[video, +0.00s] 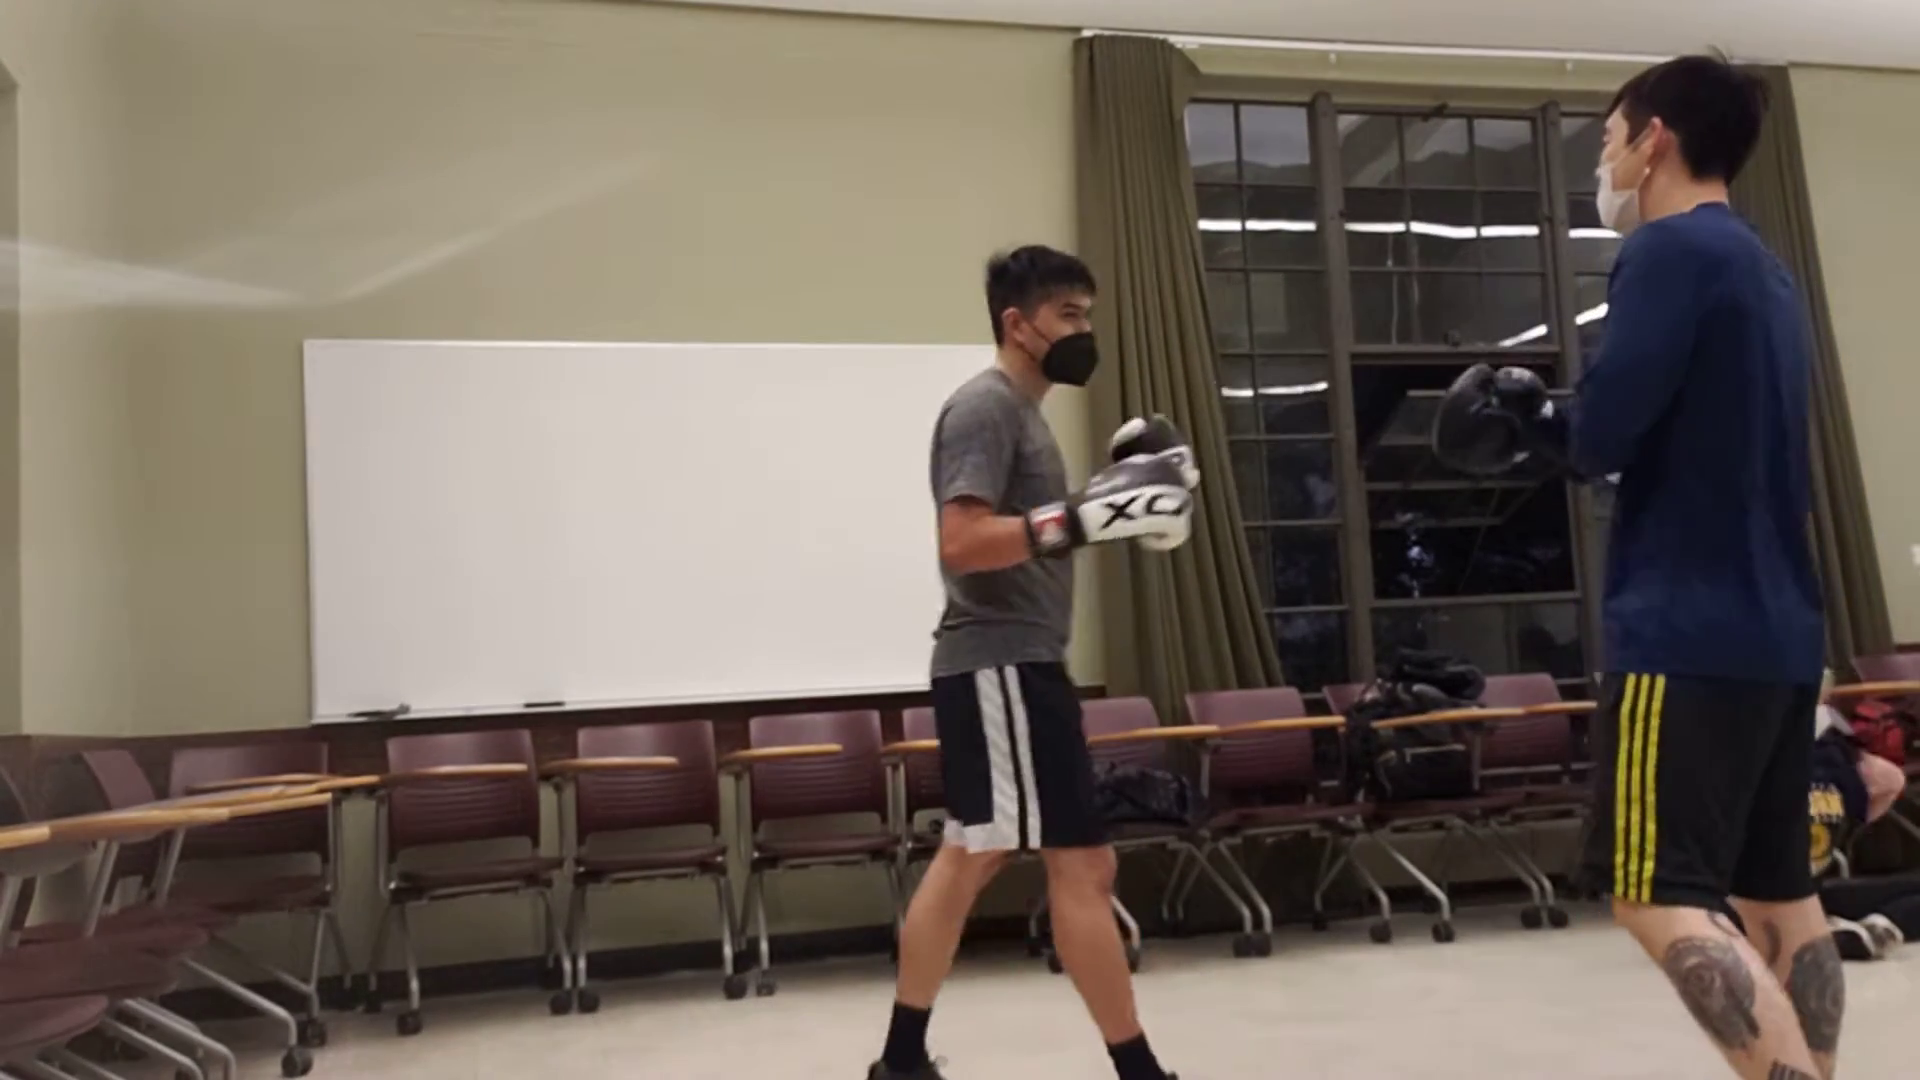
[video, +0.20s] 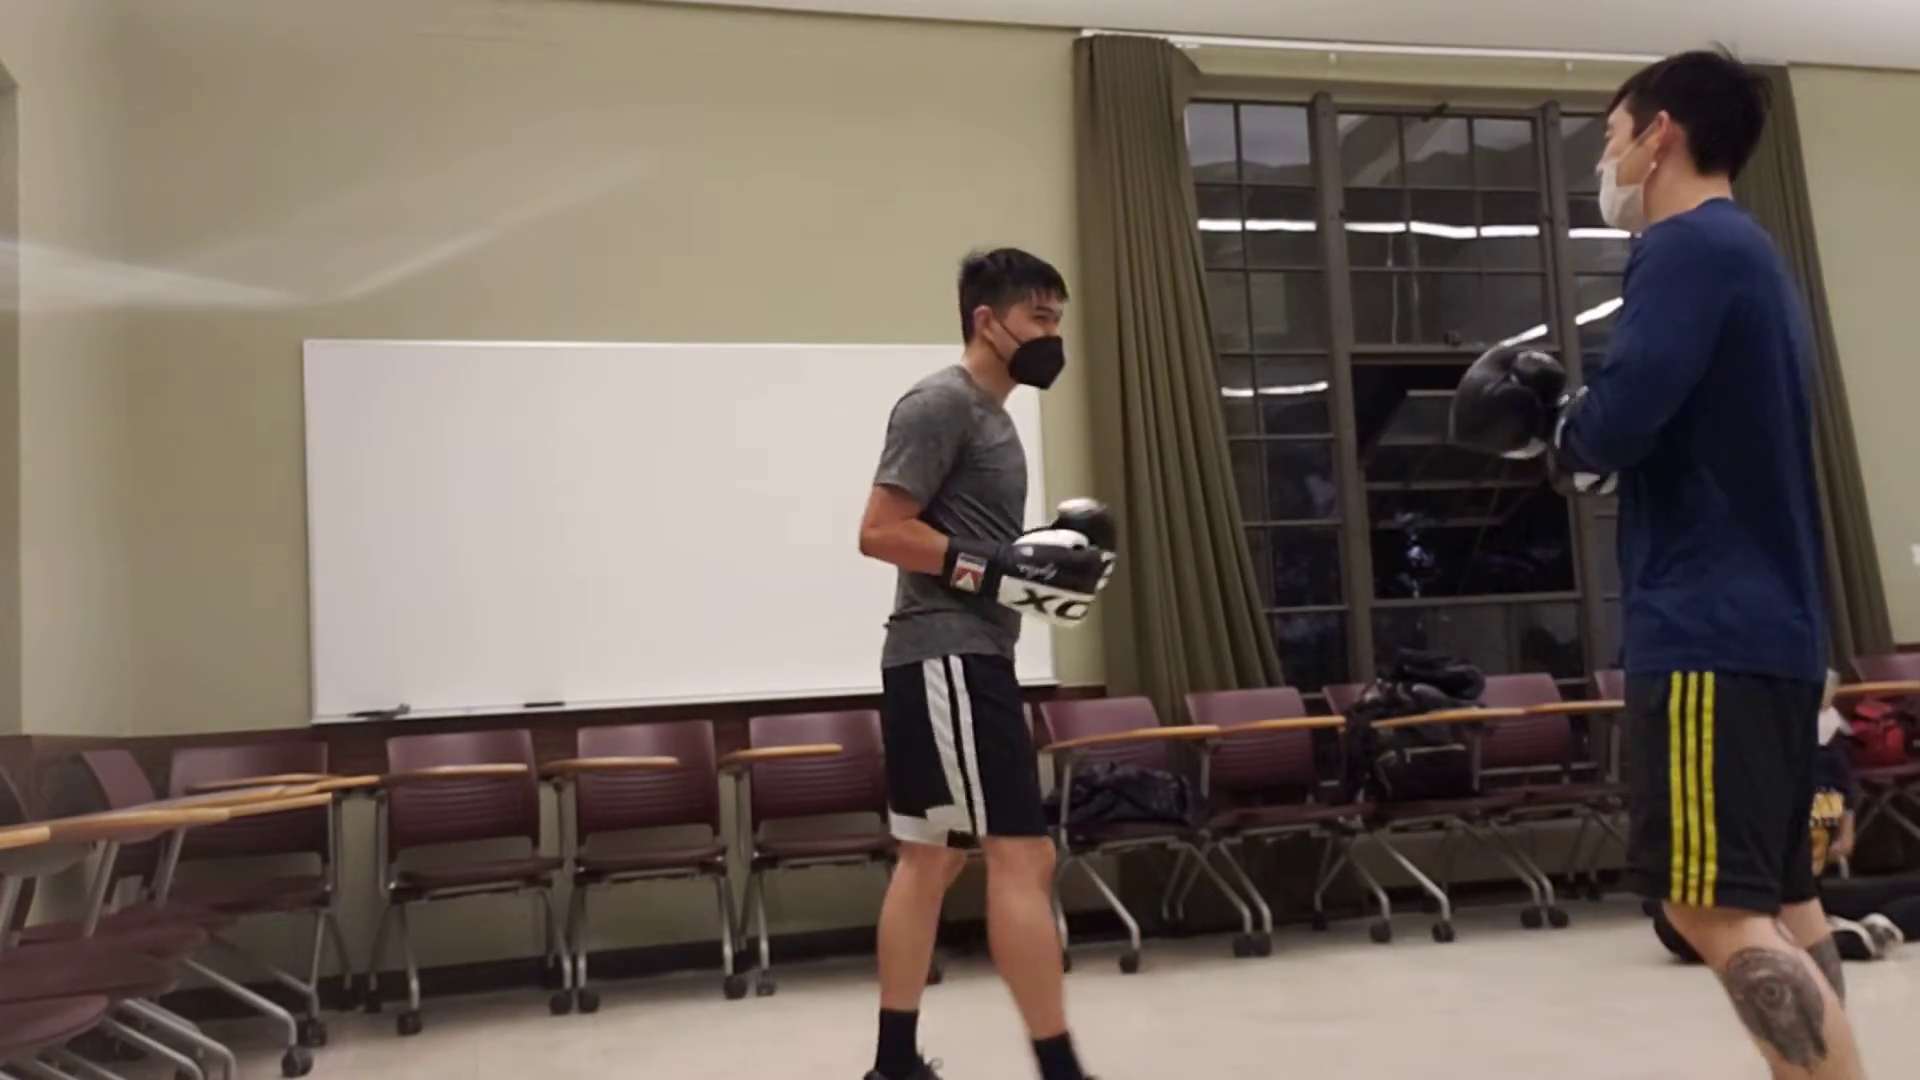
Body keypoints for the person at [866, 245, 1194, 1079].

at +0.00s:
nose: (1082, 330)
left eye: (1086, 315)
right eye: (1067, 313)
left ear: (1034, 324)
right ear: (1015, 318)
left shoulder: (1023, 413)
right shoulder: (983, 407)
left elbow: (1030, 530)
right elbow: (960, 546)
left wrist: (1107, 491)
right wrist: (1075, 519)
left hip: (1019, 661)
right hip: (998, 664)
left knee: (970, 854)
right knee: (1082, 867)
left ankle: (901, 1058)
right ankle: (1141, 1070)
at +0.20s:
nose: (1053, 333)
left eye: (1056, 318)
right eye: (1039, 316)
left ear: (1002, 324)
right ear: (984, 317)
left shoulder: (987, 413)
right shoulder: (940, 403)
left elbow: (960, 534)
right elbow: (881, 531)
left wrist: (1040, 549)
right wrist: (994, 566)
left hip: (950, 653)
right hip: (951, 658)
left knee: (929, 855)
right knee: (1022, 857)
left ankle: (895, 1061)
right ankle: (1061, 1068)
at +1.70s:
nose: (1016, 324)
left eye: (1019, 307)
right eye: (998, 310)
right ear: (945, 311)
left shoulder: (949, 392)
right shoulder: (939, 392)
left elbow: (979, 523)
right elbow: (1020, 487)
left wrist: (1053, 508)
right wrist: (1129, 429)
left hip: (966, 647)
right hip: (985, 649)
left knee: (966, 853)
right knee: (1032, 860)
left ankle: (905, 1049)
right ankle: (1054, 1072)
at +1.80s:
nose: (1030, 312)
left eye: (1032, 296)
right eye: (1013, 299)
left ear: (966, 310)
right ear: (958, 303)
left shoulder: (953, 383)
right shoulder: (960, 385)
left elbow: (981, 515)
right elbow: (1039, 494)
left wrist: (1058, 510)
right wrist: (1145, 430)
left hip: (973, 646)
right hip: (993, 649)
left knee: (979, 856)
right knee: (1033, 865)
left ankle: (912, 1042)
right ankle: (1053, 1073)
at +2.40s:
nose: (983, 338)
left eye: (987, 323)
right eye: (964, 324)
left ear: (975, 324)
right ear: (913, 328)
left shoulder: (931, 417)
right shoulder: (890, 416)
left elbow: (918, 547)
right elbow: (879, 553)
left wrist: (1003, 537)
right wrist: (992, 542)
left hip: (923, 668)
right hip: (896, 671)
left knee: (901, 869)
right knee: (965, 867)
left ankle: (881, 1057)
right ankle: (1014, 1071)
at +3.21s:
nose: (882, 331)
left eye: (891, 316)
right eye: (863, 314)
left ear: (897, 317)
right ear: (814, 314)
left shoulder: (853, 423)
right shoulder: (777, 406)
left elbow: (842, 543)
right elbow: (753, 543)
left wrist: (919, 506)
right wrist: (871, 554)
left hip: (839, 671)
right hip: (782, 669)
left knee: (835, 863)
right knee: (786, 874)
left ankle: (800, 1049)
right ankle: (769, 1070)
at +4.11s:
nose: (901, 370)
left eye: (912, 359)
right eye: (892, 350)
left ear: (907, 360)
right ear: (842, 335)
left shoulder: (830, 418)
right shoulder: (819, 402)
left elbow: (822, 549)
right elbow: (816, 533)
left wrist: (896, 537)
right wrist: (880, 631)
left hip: (830, 661)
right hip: (805, 661)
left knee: (872, 864)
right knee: (847, 868)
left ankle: (809, 1049)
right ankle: (807, 1057)